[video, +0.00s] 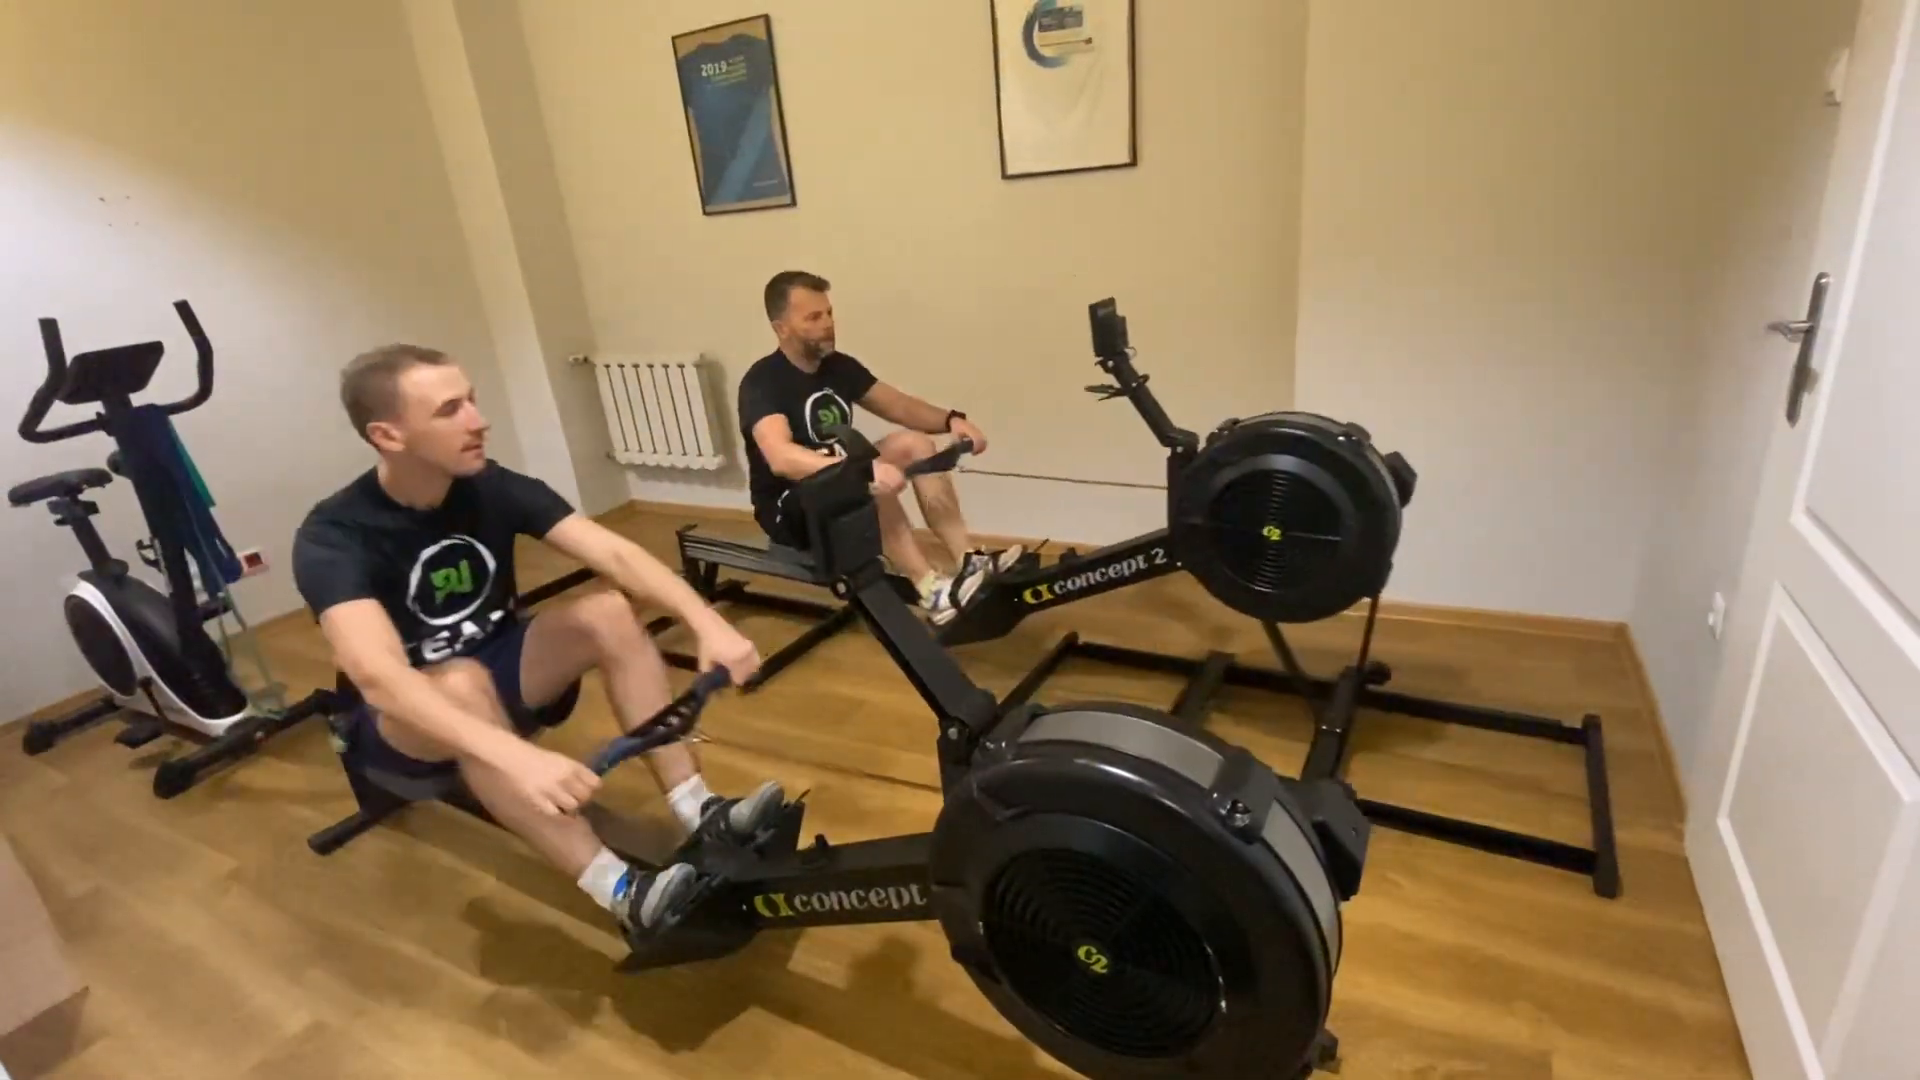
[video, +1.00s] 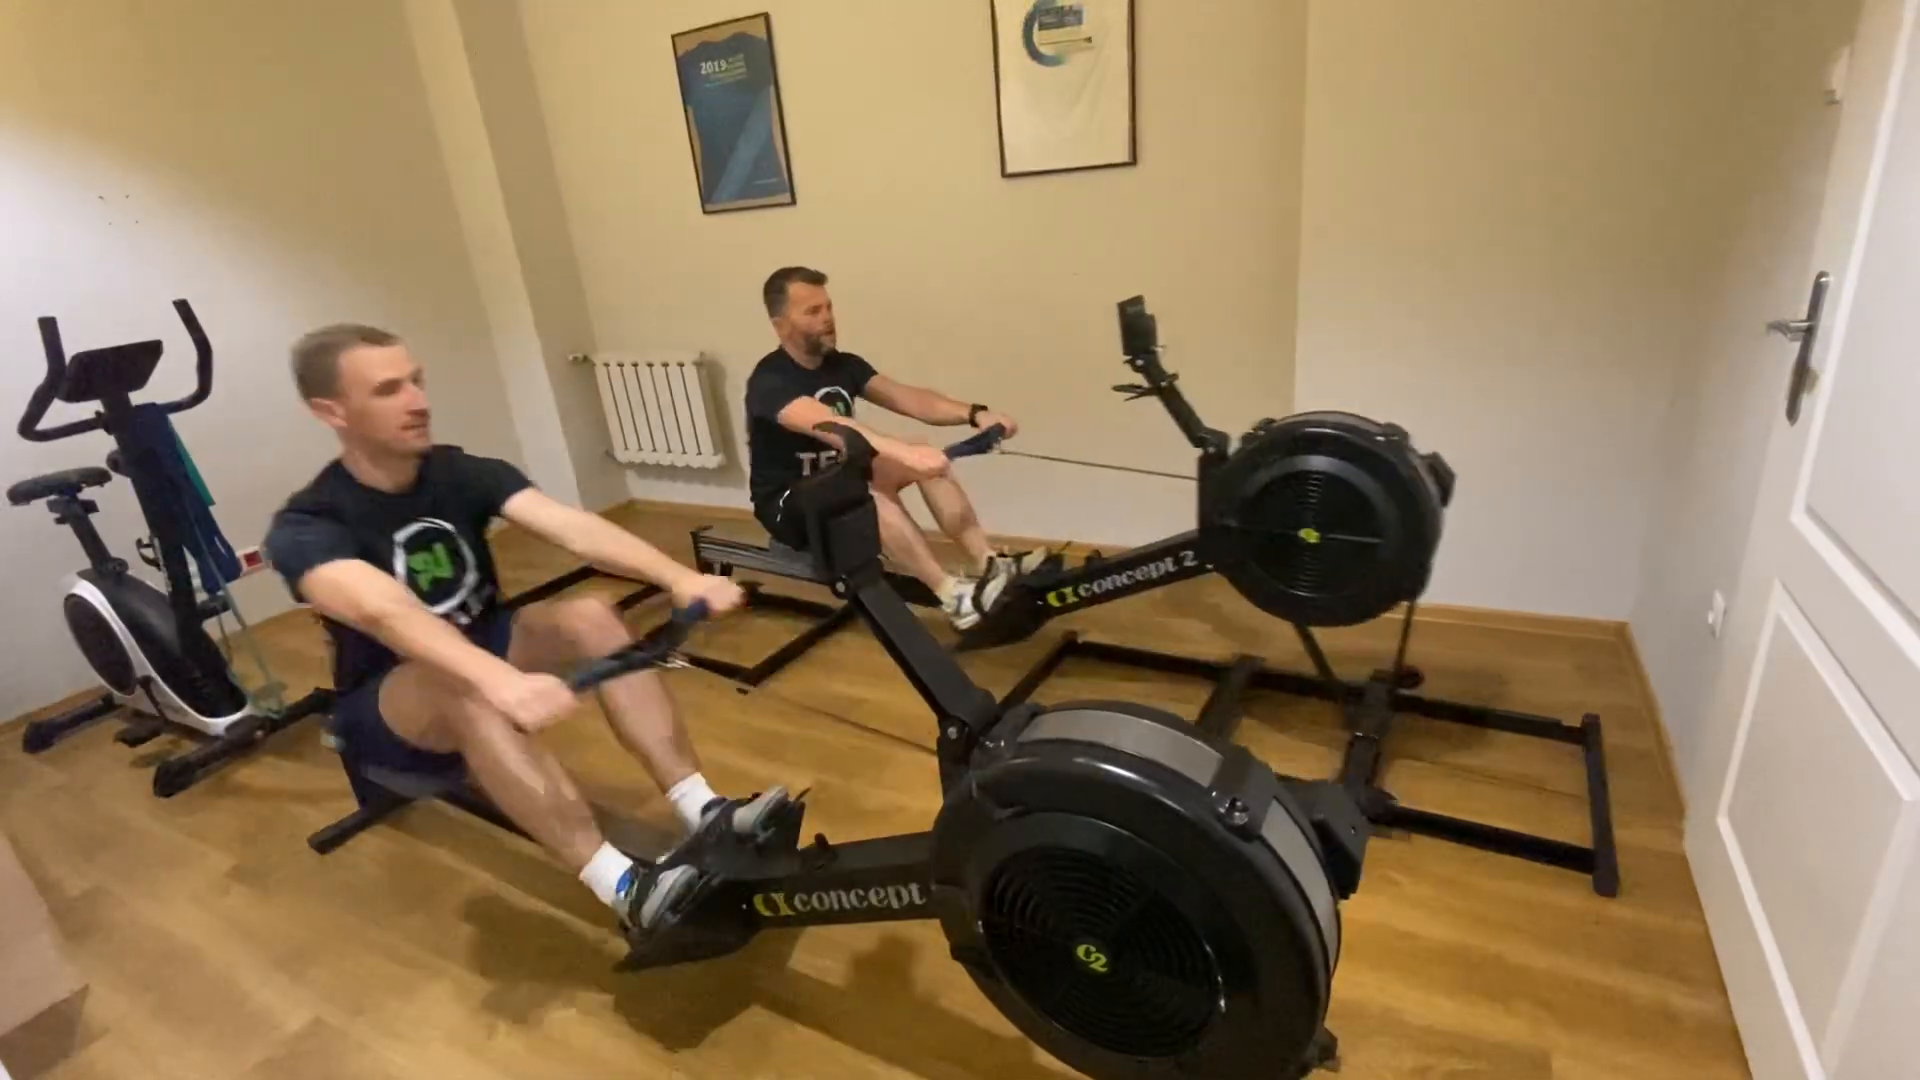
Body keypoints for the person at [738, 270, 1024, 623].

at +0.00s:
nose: (829, 324)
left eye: (829, 314)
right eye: (815, 318)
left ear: (832, 311)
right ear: (782, 328)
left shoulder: (838, 367)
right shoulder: (762, 382)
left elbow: (901, 406)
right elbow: (781, 458)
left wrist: (951, 420)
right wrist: (859, 471)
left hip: (846, 486)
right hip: (791, 506)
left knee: (914, 444)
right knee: (866, 480)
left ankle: (969, 562)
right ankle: (931, 589)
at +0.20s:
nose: (841, 328)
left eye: (842, 317)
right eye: (827, 321)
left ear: (846, 314)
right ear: (794, 331)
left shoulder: (851, 369)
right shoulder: (773, 385)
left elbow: (919, 407)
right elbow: (810, 455)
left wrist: (975, 425)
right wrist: (886, 475)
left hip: (846, 489)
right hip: (791, 513)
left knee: (913, 437)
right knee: (859, 484)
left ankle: (953, 556)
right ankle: (908, 582)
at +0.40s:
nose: (857, 331)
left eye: (857, 320)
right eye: (843, 323)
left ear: (861, 319)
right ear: (808, 335)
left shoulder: (867, 371)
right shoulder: (791, 390)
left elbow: (941, 405)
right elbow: (842, 453)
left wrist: (1002, 429)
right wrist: (923, 480)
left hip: (848, 499)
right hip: (793, 517)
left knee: (913, 425)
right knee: (837, 457)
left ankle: (938, 551)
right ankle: (883, 573)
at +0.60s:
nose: (873, 337)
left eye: (873, 326)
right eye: (858, 330)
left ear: (876, 324)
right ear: (824, 342)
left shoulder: (880, 377)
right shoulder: (810, 397)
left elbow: (963, 407)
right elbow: (874, 444)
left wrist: (1031, 433)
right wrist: (953, 479)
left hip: (848, 502)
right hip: (794, 518)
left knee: (916, 421)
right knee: (843, 442)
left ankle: (927, 548)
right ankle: (874, 566)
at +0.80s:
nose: (866, 330)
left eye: (866, 320)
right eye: (852, 323)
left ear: (869, 321)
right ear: (818, 338)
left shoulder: (873, 374)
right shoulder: (806, 394)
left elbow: (954, 406)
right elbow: (874, 444)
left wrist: (1021, 425)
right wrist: (955, 473)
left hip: (844, 492)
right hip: (792, 510)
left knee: (917, 428)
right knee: (841, 462)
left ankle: (945, 554)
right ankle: (897, 579)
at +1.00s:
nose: (829, 318)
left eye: (829, 308)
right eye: (815, 312)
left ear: (831, 306)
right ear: (781, 325)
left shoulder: (843, 366)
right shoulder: (768, 382)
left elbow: (905, 399)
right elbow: (832, 429)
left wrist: (974, 413)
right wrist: (904, 452)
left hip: (847, 480)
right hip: (790, 502)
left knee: (927, 459)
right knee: (865, 497)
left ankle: (989, 564)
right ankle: (952, 595)